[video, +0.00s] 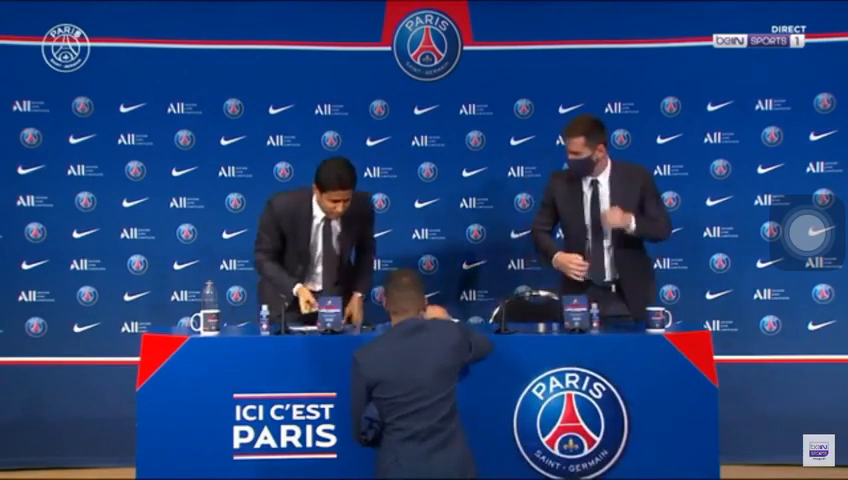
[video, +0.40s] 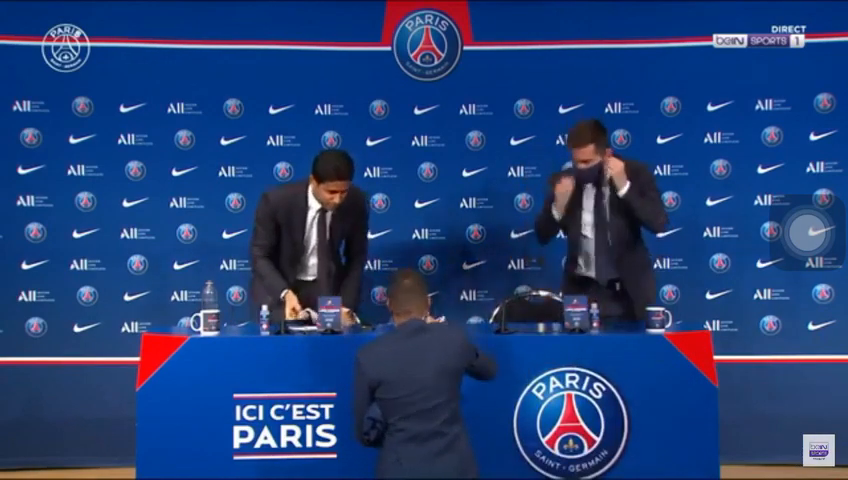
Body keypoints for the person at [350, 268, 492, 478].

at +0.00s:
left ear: (386, 305)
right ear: (424, 305)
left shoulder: (366, 357)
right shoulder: (449, 335)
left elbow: (362, 430)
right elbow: (484, 347)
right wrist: (447, 322)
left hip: (398, 461)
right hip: (450, 457)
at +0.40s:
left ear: (390, 306)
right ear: (428, 303)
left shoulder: (370, 355)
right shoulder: (451, 338)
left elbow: (364, 430)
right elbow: (488, 371)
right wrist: (444, 332)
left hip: (400, 462)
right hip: (452, 460)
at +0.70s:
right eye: (437, 301)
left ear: (397, 306)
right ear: (435, 303)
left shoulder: (374, 353)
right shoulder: (454, 341)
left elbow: (366, 426)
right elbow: (490, 382)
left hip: (399, 463)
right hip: (452, 461)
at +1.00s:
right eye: (451, 302)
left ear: (411, 307)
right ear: (446, 305)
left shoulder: (384, 351)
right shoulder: (466, 342)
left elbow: (374, 424)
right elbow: (511, 369)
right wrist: (474, 334)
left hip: (404, 462)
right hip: (457, 462)